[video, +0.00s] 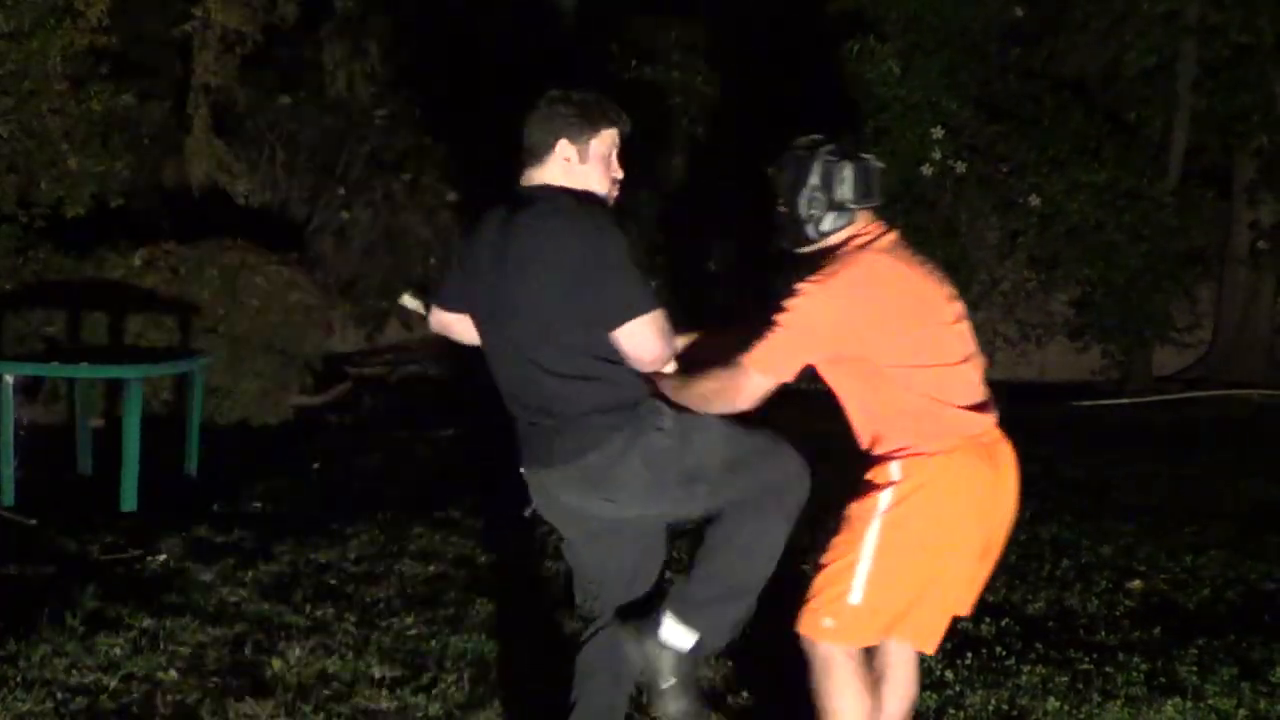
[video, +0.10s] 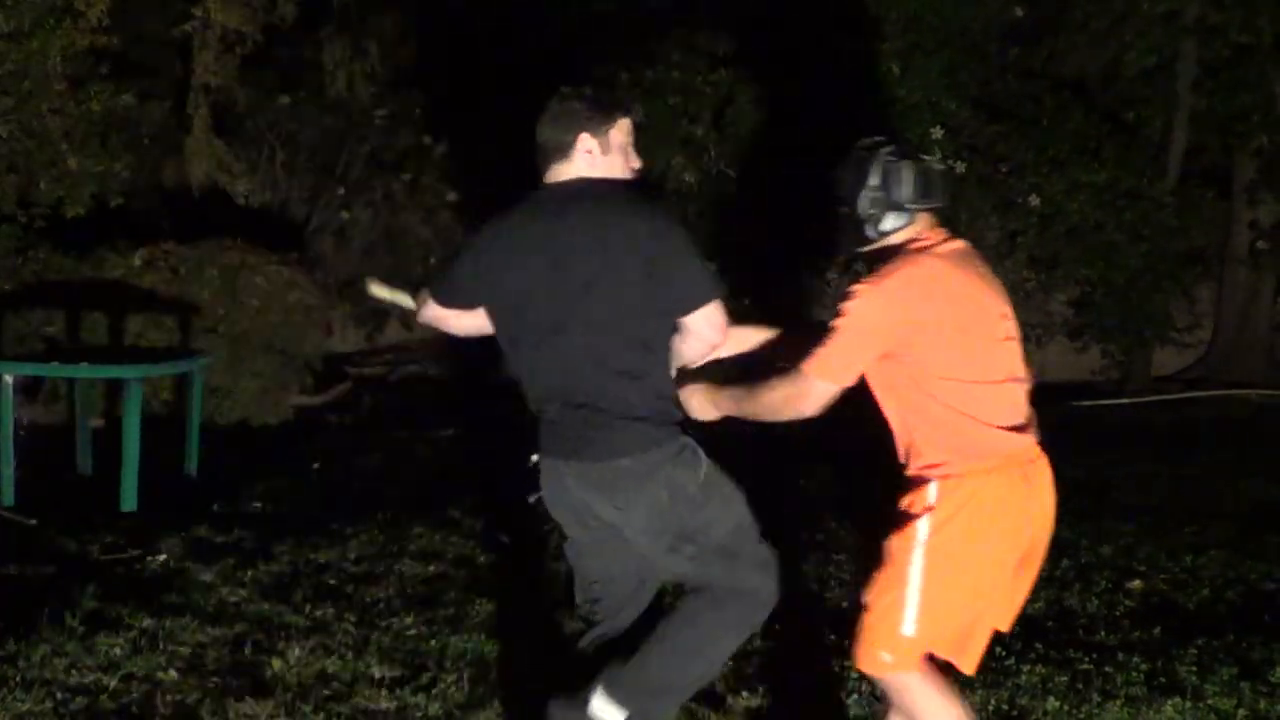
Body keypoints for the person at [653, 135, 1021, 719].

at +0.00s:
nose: (781, 214)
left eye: (788, 202)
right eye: (785, 200)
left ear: (808, 210)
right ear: (861, 203)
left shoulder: (830, 293)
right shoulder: (904, 264)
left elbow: (739, 389)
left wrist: (667, 385)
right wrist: (699, 350)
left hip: (920, 474)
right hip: (986, 464)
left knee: (829, 633)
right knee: (901, 639)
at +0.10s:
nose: (849, 219)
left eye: (854, 206)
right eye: (854, 205)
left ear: (865, 213)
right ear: (926, 203)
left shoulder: (887, 294)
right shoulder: (961, 265)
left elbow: (807, 395)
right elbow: (844, 345)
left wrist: (721, 400)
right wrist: (758, 340)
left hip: (963, 494)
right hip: (1018, 485)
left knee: (890, 657)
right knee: (917, 660)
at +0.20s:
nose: (937, 221)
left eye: (944, 210)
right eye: (940, 209)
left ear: (948, 216)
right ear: (1002, 212)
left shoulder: (956, 294)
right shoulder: (1038, 279)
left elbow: (882, 406)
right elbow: (963, 362)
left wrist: (819, 404)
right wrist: (860, 326)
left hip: (997, 505)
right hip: (1047, 495)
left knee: (975, 683)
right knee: (934, 666)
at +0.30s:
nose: (1013, 234)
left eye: (1016, 223)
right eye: (1016, 222)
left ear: (1016, 229)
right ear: (1077, 224)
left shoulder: (1040, 305)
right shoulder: (1101, 294)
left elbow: (957, 420)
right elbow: (1028, 373)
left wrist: (914, 405)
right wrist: (953, 320)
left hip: (1056, 515)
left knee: (1042, 692)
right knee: (967, 655)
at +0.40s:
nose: (1065, 236)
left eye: (1073, 225)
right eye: (1066, 223)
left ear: (1099, 233)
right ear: (1133, 229)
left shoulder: (1125, 312)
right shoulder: (1138, 303)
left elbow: (1039, 426)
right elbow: (1033, 383)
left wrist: (1003, 407)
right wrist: (1010, 302)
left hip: (1116, 514)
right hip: (1080, 510)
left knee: (1073, 693)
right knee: (992, 628)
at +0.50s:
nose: (1141, 219)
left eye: (1157, 210)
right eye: (1145, 206)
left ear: (1194, 227)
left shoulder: (1215, 311)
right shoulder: (1148, 289)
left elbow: (1120, 416)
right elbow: (1071, 364)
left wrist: (1080, 390)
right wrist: (1080, 285)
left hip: (1163, 508)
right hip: (1108, 502)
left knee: (1096, 685)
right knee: (1023, 616)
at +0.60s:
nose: (1229, 217)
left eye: (1249, 210)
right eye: (1230, 201)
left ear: (1274, 230)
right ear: (1221, 210)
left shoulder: (1271, 316)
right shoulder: (1192, 286)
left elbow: (1190, 412)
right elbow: (1107, 345)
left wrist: (1135, 371)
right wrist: (1156, 280)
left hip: (1209, 505)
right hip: (1153, 497)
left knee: (1123, 663)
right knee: (1092, 634)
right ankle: (1195, 699)